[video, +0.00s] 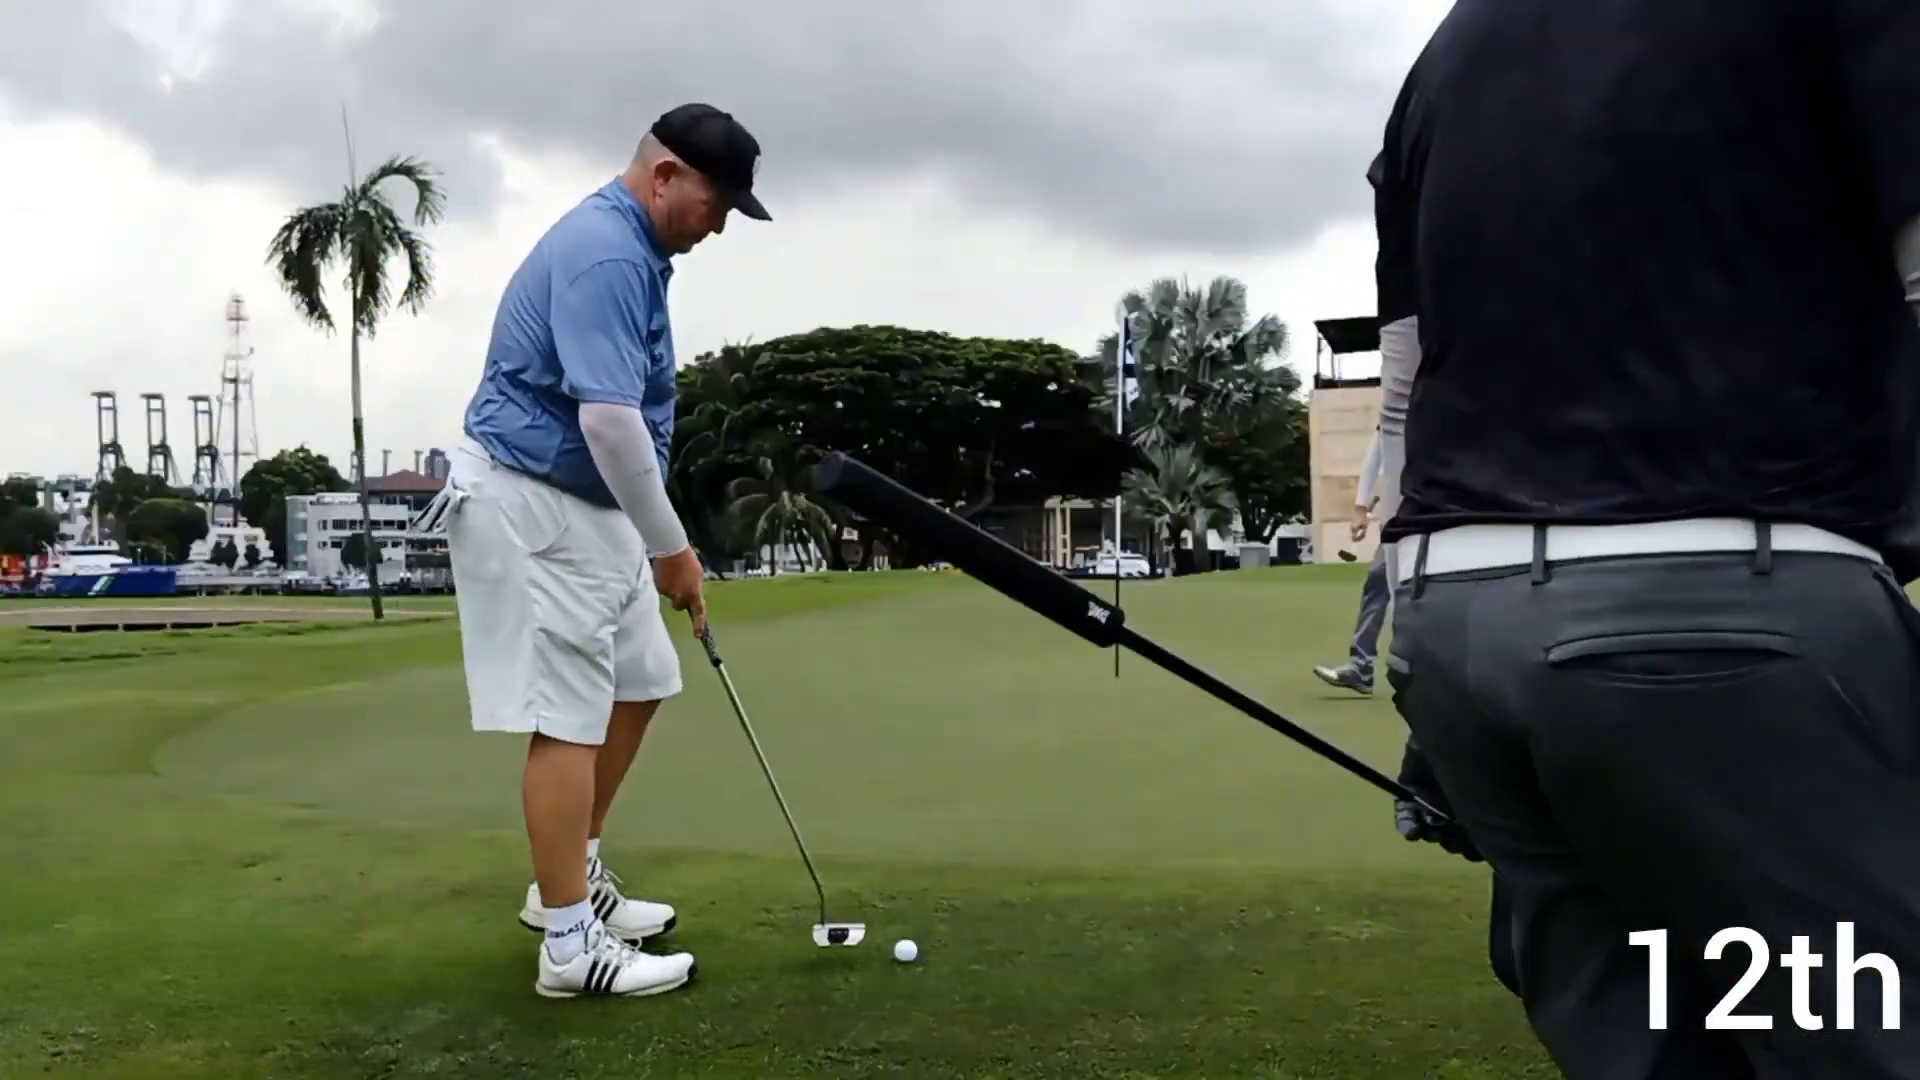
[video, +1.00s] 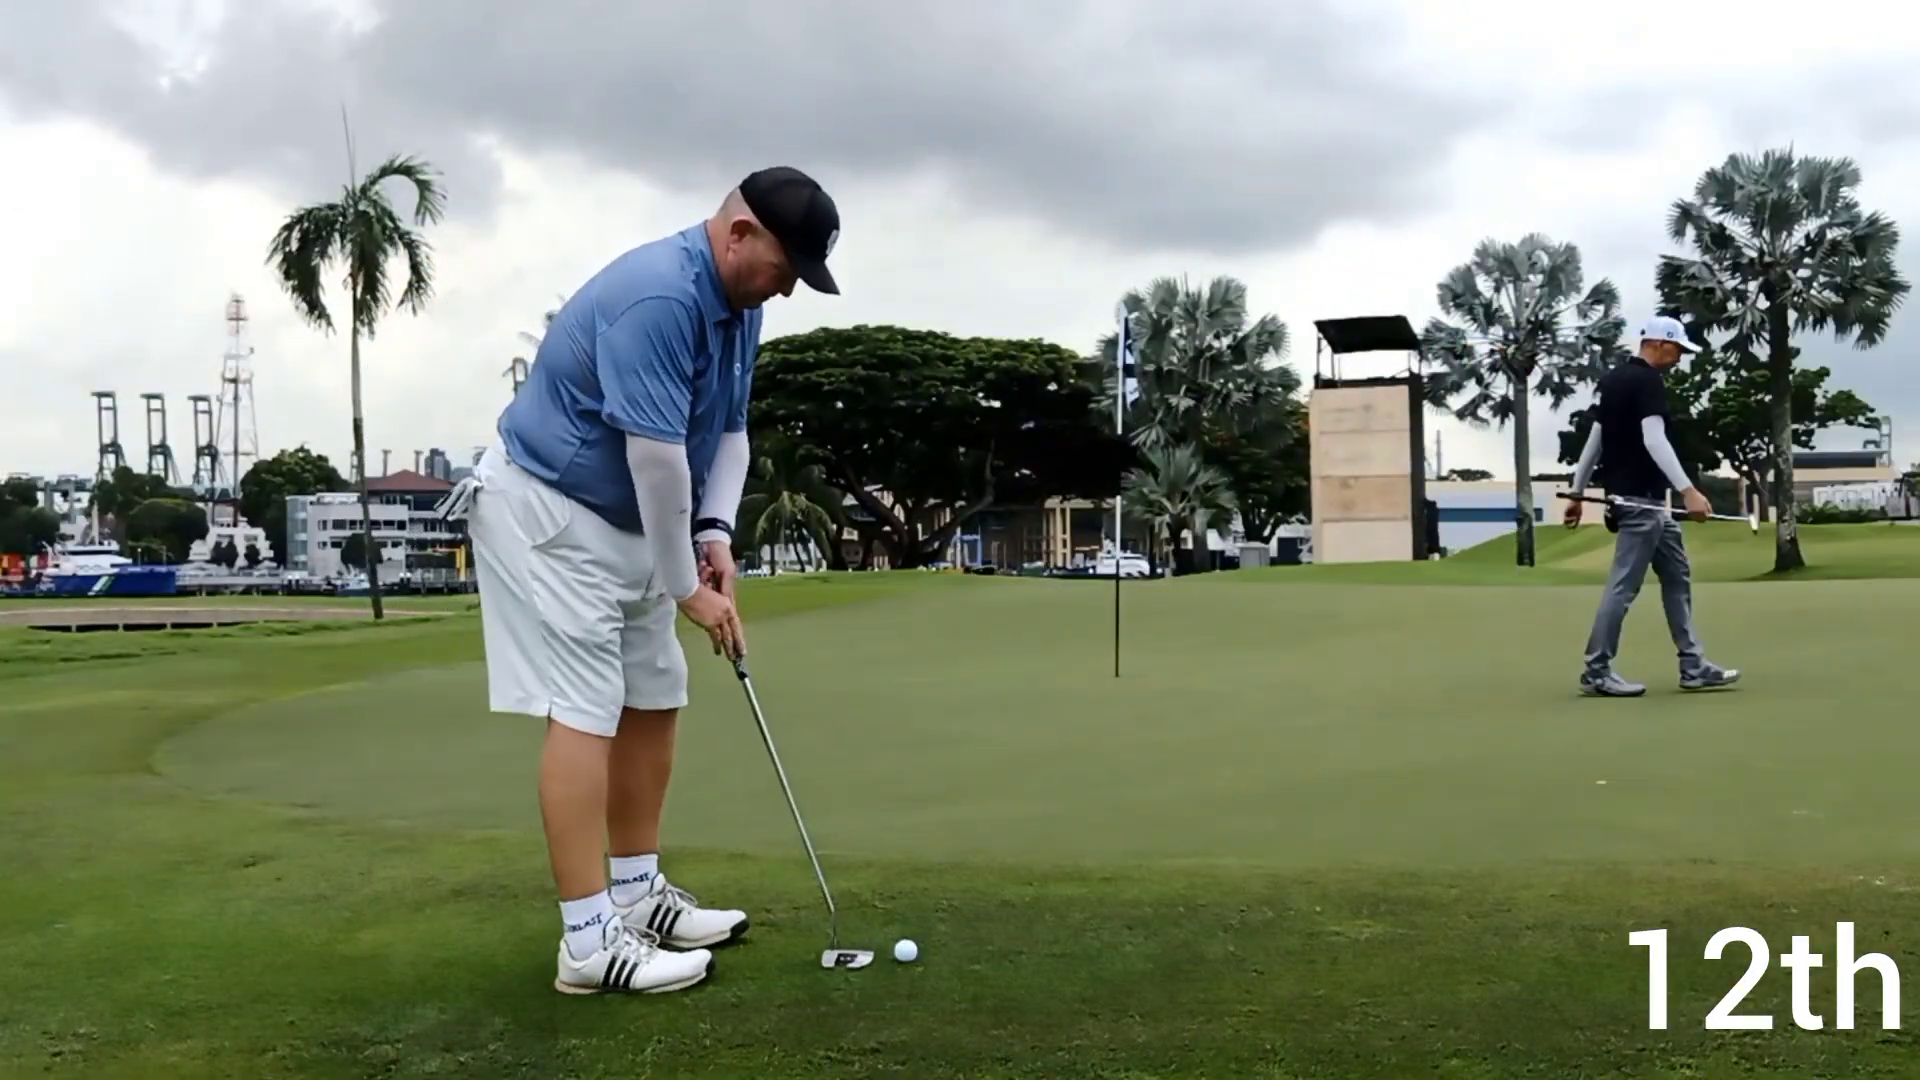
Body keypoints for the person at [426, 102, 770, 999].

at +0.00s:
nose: (718, 226)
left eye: (726, 213)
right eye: (716, 206)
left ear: (671, 178)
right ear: (667, 173)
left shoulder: (633, 253)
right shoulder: (601, 248)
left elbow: (631, 417)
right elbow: (609, 421)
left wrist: (661, 543)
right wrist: (671, 547)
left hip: (584, 506)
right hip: (536, 503)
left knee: (638, 681)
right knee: (569, 712)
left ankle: (568, 876)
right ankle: (570, 945)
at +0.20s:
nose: (745, 240)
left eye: (754, 227)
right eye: (744, 220)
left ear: (703, 190)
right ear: (694, 183)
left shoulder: (669, 267)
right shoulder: (623, 259)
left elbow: (657, 400)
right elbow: (629, 426)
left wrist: (683, 479)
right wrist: (687, 553)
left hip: (618, 507)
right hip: (552, 504)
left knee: (644, 698)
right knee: (572, 715)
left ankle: (634, 899)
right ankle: (570, 944)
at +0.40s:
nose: (768, 252)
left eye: (777, 241)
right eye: (766, 233)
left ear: (730, 205)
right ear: (716, 194)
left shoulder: (715, 282)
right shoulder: (639, 275)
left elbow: (717, 401)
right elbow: (641, 434)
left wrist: (723, 486)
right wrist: (697, 557)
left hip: (638, 505)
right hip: (559, 496)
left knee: (663, 692)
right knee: (622, 690)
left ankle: (636, 892)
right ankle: (581, 924)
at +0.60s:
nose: (778, 266)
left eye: (788, 254)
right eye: (777, 246)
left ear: (745, 218)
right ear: (728, 206)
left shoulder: (733, 293)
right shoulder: (646, 280)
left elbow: (739, 421)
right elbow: (643, 438)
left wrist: (729, 519)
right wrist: (700, 560)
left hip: (648, 509)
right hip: (563, 500)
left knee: (663, 694)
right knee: (600, 700)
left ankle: (639, 895)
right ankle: (589, 936)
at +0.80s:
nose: (780, 277)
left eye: (790, 266)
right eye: (778, 259)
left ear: (741, 227)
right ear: (732, 218)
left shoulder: (736, 295)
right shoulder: (648, 292)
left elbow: (734, 427)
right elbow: (649, 452)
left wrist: (722, 525)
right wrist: (689, 581)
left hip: (636, 513)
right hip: (553, 504)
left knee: (658, 690)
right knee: (590, 701)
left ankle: (635, 895)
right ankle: (588, 941)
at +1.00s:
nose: (787, 288)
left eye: (796, 276)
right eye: (784, 269)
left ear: (749, 237)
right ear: (739, 230)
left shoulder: (738, 301)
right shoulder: (655, 301)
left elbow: (729, 432)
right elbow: (656, 461)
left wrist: (717, 530)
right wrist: (686, 586)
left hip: (633, 512)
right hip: (548, 504)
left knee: (652, 691)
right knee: (585, 703)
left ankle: (634, 895)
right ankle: (586, 941)